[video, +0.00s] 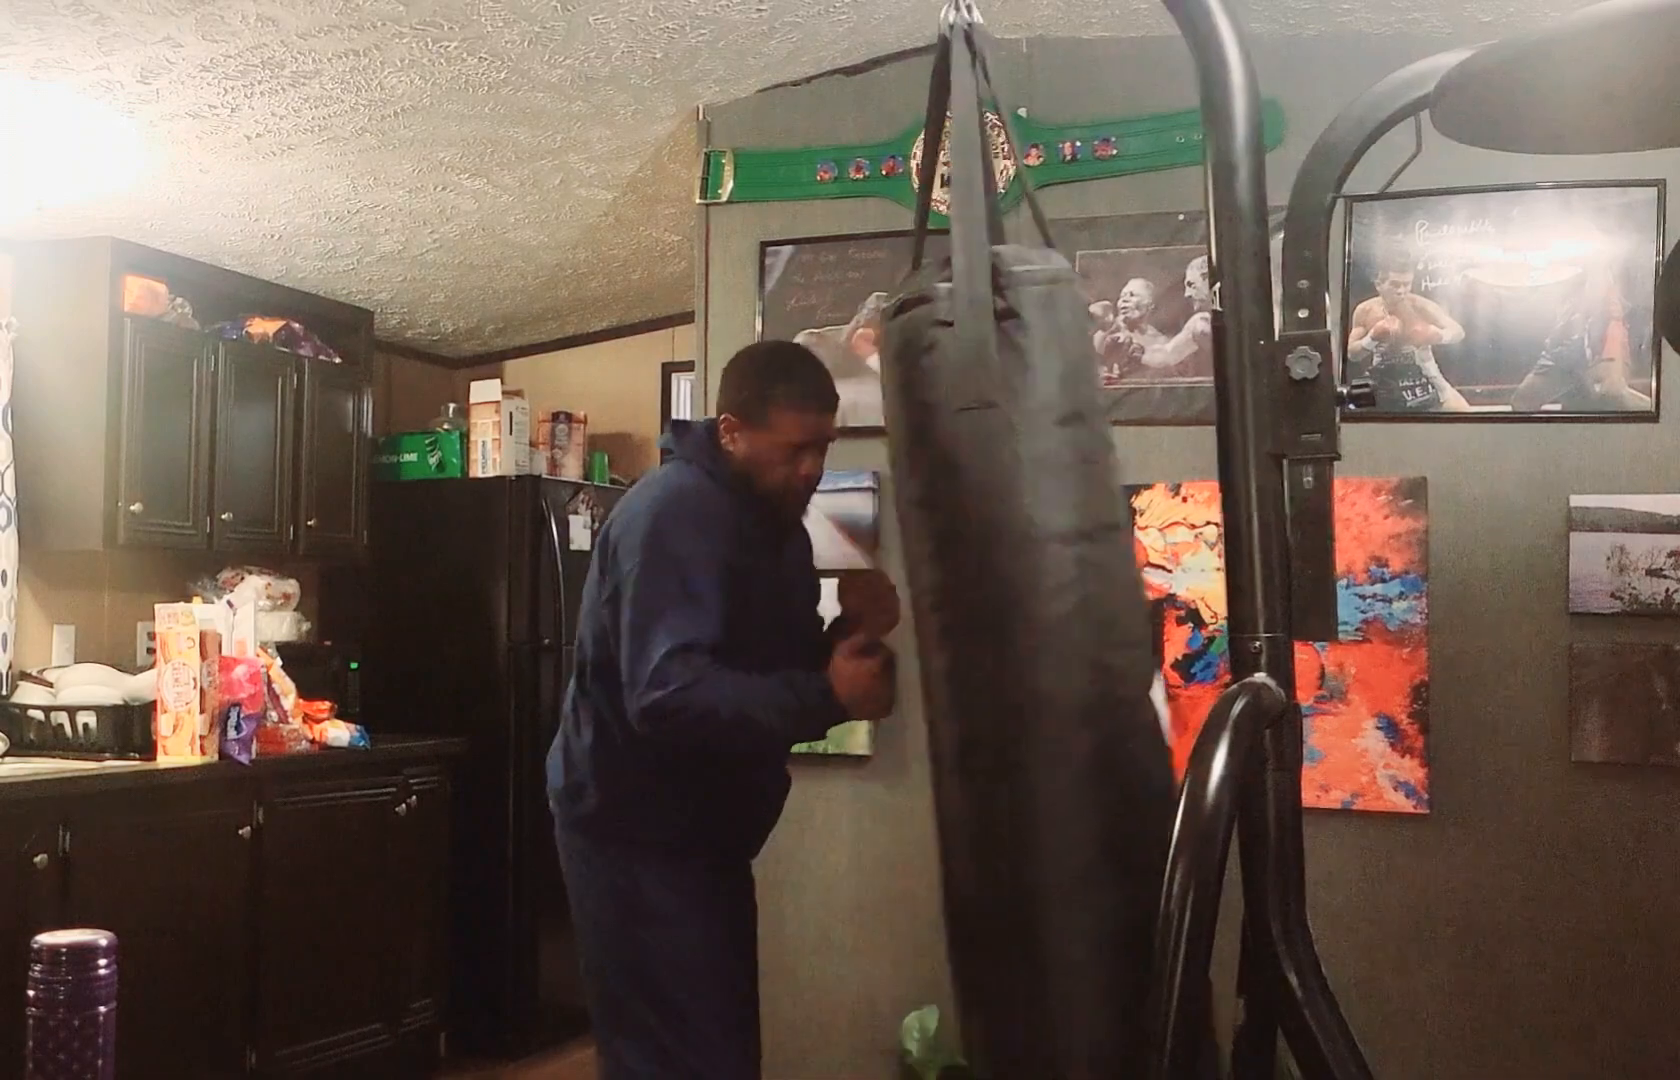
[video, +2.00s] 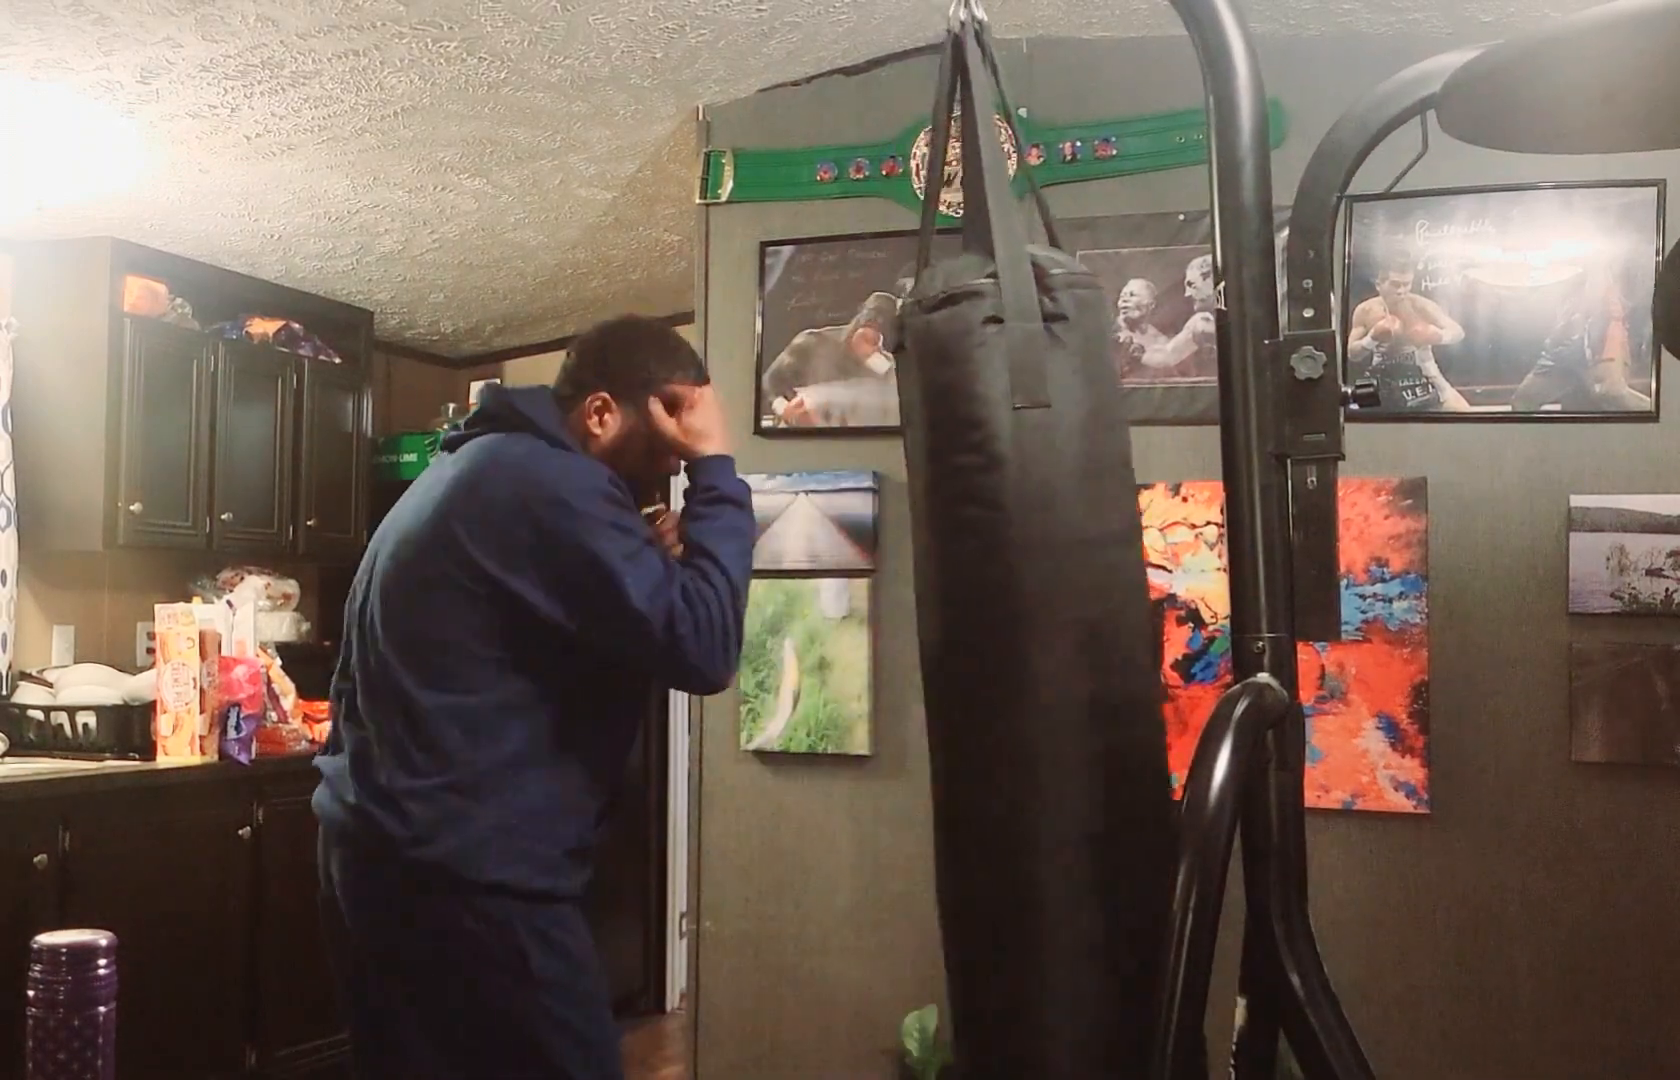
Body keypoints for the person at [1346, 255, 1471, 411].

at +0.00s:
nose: (1401, 291)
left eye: (1406, 285)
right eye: (1395, 285)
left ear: (1412, 283)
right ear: (1379, 284)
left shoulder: (1421, 305)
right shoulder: (1364, 311)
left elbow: (1458, 332)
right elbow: (1352, 355)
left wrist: (1436, 335)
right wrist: (1373, 338)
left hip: (1429, 385)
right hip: (1385, 389)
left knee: (1468, 419)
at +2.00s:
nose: (1402, 291)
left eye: (1406, 285)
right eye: (1395, 285)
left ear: (1411, 283)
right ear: (1379, 284)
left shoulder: (1421, 305)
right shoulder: (1365, 311)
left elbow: (1457, 332)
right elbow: (1353, 355)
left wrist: (1434, 336)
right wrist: (1373, 338)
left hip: (1428, 382)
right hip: (1385, 386)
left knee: (1468, 418)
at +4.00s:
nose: (1401, 291)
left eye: (1405, 285)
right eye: (1394, 285)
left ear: (1410, 284)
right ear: (1378, 285)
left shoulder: (1420, 306)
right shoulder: (1364, 311)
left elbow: (1457, 332)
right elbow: (1351, 355)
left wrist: (1434, 336)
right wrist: (1372, 338)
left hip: (1428, 383)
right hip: (1385, 387)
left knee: (1467, 419)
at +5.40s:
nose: (1400, 292)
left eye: (1405, 286)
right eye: (1394, 285)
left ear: (1411, 284)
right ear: (1378, 284)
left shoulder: (1421, 306)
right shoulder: (1364, 312)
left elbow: (1457, 332)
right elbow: (1351, 354)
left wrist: (1436, 337)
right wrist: (1373, 338)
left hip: (1426, 383)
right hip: (1382, 386)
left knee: (1467, 419)